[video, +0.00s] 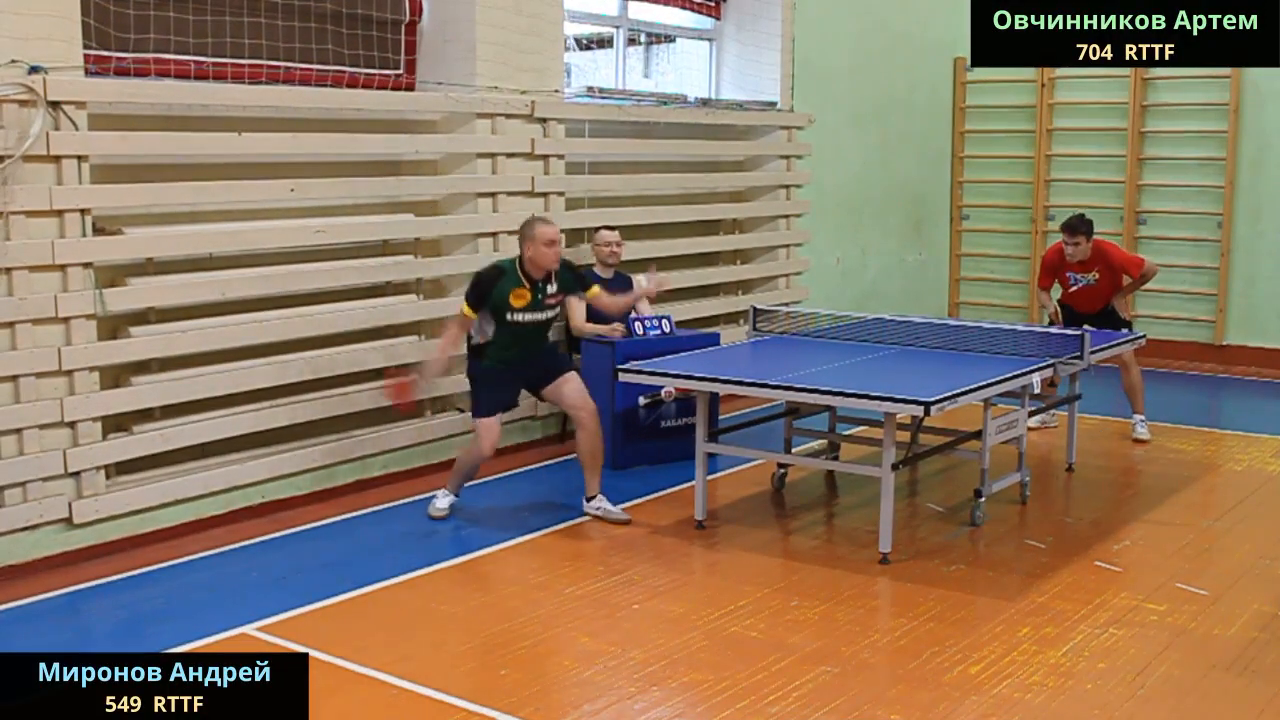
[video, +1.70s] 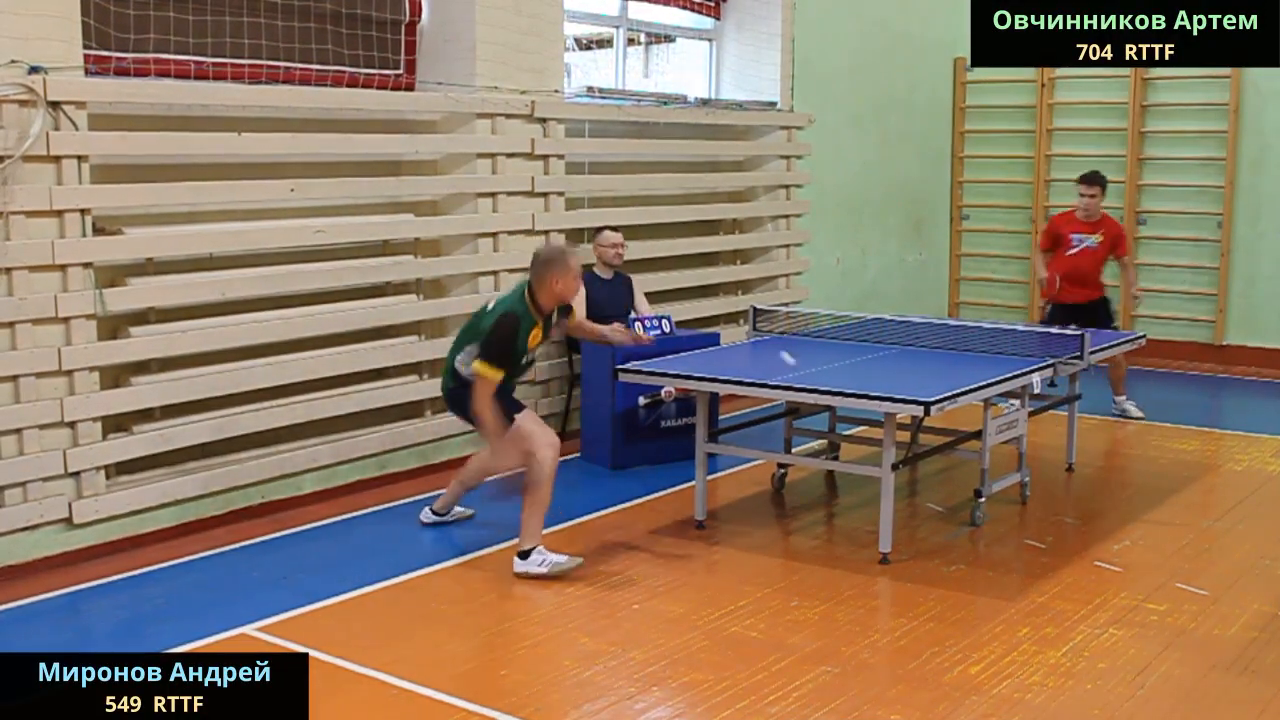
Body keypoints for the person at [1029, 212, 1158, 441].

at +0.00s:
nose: (1069, 250)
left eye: (1075, 245)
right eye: (1065, 244)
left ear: (1090, 241)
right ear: (1061, 240)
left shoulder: (1108, 253)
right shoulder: (1053, 257)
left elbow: (1150, 270)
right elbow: (1043, 289)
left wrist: (1122, 295)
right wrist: (1050, 307)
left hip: (1107, 311)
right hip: (1071, 312)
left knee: (1127, 358)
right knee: (1049, 356)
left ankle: (1139, 419)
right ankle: (1048, 411)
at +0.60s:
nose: (1081, 211)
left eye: (1087, 205)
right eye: (1078, 205)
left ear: (1102, 205)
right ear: (1074, 204)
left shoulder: (1120, 229)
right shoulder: (1064, 232)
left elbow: (1151, 254)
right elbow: (1048, 263)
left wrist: (1131, 288)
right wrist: (1052, 280)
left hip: (1115, 308)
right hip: (1076, 308)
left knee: (1138, 355)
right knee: (1053, 360)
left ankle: (1147, 418)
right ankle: (1048, 411)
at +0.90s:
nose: (1069, 221)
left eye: (1074, 216)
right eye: (1066, 215)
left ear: (1090, 213)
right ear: (1063, 212)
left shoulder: (1110, 236)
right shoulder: (1056, 238)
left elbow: (1147, 262)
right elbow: (1020, 260)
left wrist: (1150, 297)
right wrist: (1016, 280)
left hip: (1114, 315)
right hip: (1073, 313)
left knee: (1136, 365)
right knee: (1036, 354)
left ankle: (1156, 419)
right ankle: (1018, 410)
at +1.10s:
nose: (1042, 242)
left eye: (1048, 237)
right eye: (1039, 236)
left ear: (1061, 232)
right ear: (1034, 228)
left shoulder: (1077, 244)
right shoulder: (1022, 240)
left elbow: (1111, 263)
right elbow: (982, 254)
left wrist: (1133, 296)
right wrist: (996, 272)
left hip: (1080, 314)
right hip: (1041, 314)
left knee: (1106, 360)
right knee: (1012, 357)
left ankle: (1141, 416)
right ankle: (1016, 412)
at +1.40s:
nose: (1046, 211)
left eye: (1053, 206)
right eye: (1043, 204)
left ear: (1065, 204)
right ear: (1038, 197)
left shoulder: (1075, 219)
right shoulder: (1025, 215)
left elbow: (1096, 245)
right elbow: (996, 233)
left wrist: (1111, 278)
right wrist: (1004, 243)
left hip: (1070, 292)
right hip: (1034, 294)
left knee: (1097, 348)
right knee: (1019, 349)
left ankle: (1119, 404)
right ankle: (1016, 407)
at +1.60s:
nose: (1069, 201)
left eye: (1076, 196)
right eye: (1066, 194)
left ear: (1086, 197)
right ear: (1061, 194)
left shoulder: (1095, 227)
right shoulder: (1041, 219)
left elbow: (1107, 262)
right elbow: (1014, 248)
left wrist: (1118, 290)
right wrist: (1026, 262)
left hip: (1081, 299)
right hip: (1045, 298)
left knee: (1104, 350)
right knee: (1025, 348)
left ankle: (1121, 398)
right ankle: (1015, 403)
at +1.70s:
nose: (1086, 202)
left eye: (1092, 197)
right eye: (1082, 196)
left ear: (1102, 198)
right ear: (1077, 196)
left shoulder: (1112, 229)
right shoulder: (1058, 223)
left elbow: (1125, 263)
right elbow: (1041, 251)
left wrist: (1131, 287)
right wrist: (1041, 272)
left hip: (1094, 302)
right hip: (1060, 302)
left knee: (1115, 352)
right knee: (1042, 353)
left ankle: (1120, 400)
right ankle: (1020, 398)